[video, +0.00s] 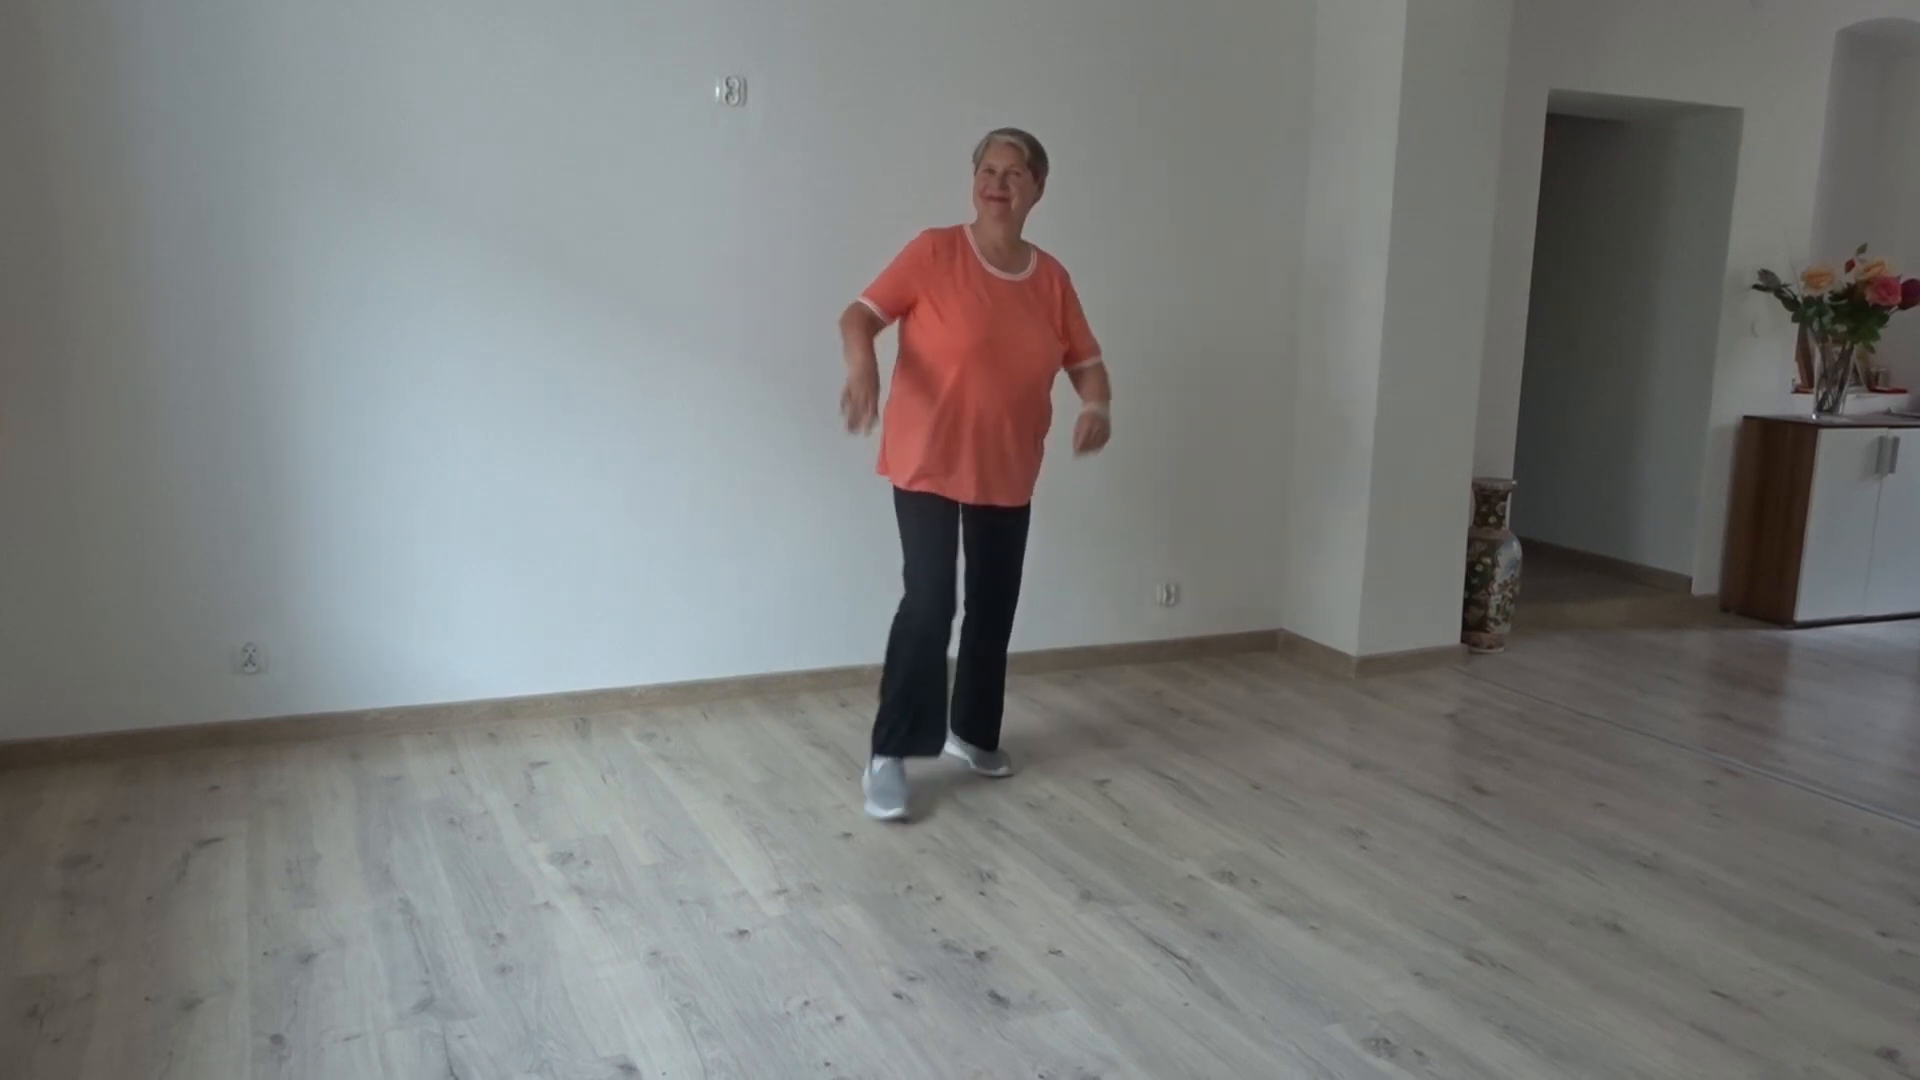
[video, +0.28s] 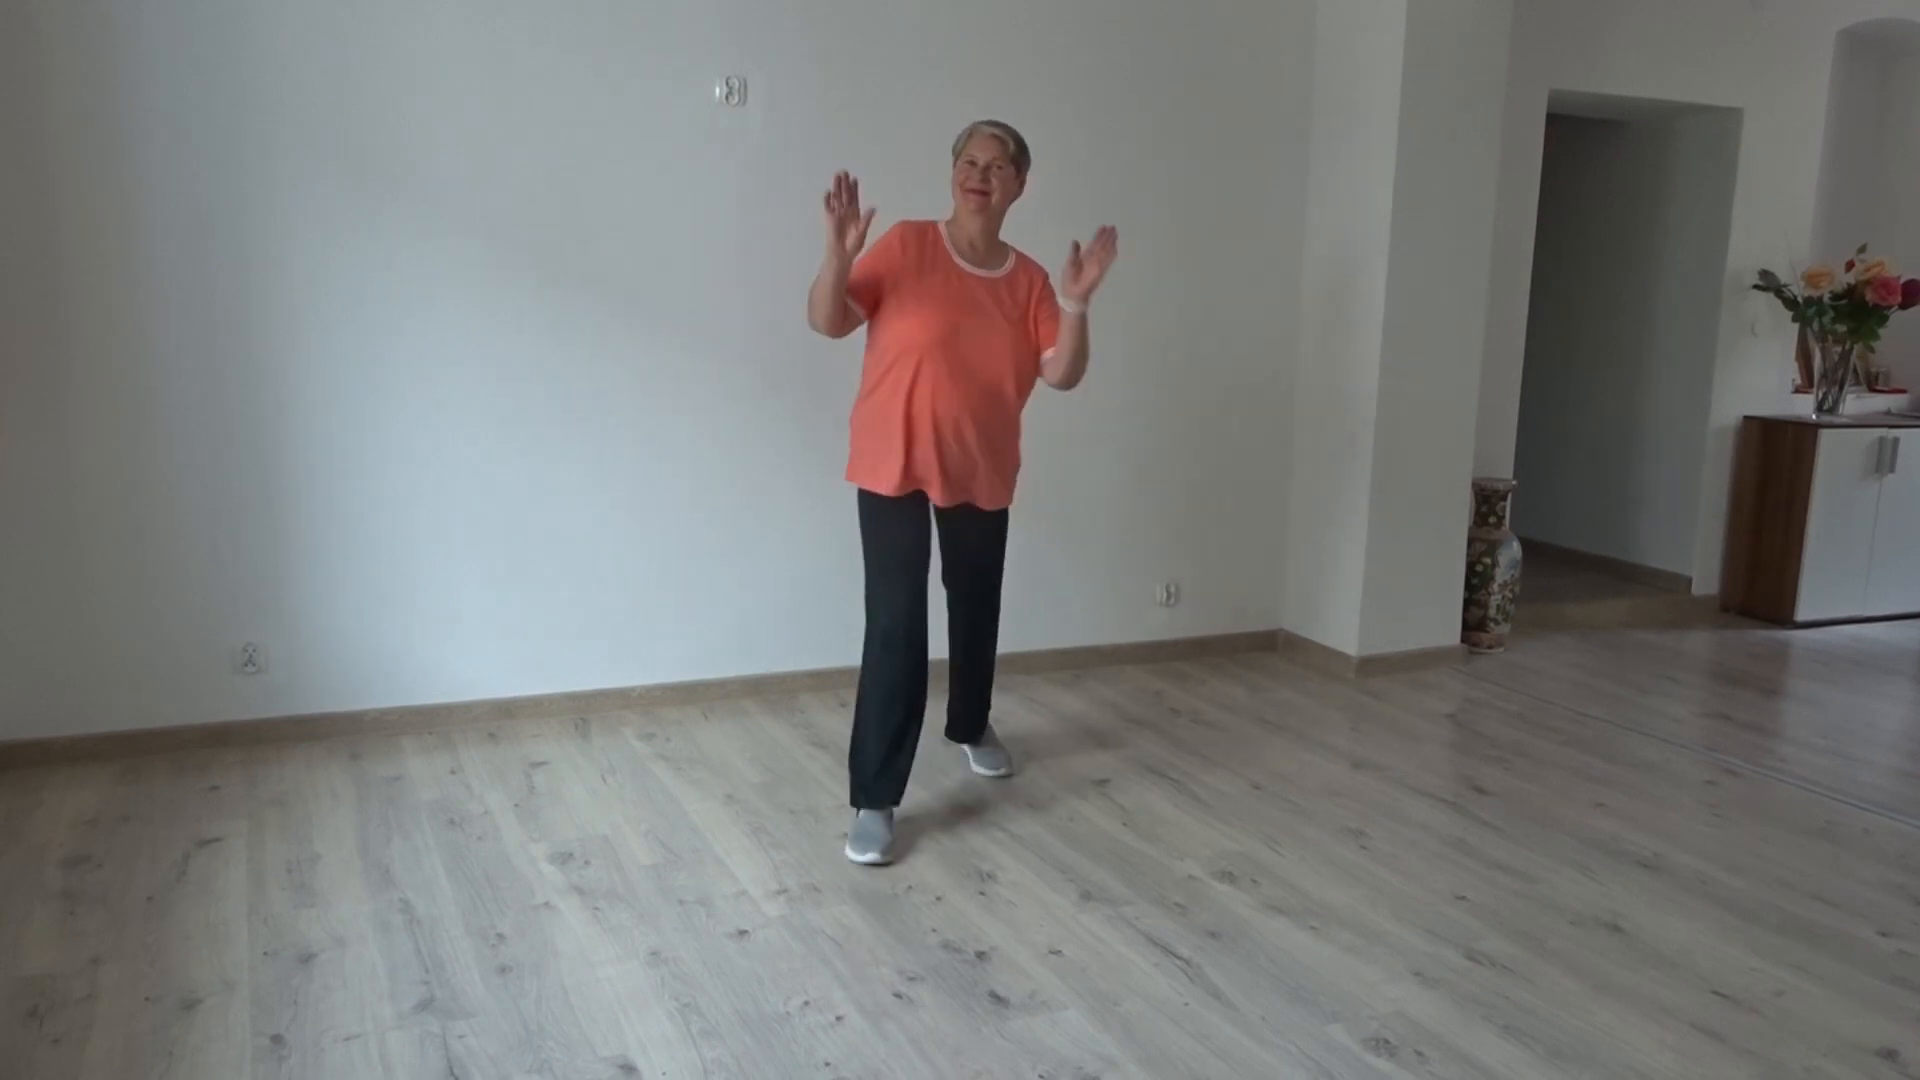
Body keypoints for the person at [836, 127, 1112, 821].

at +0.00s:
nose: (1000, 183)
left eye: (1015, 174)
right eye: (989, 172)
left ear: (1038, 189)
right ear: (972, 183)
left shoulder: (1051, 278)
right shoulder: (933, 252)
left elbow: (1085, 361)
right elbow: (860, 316)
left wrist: (1097, 405)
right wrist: (861, 367)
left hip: (1006, 470)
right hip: (926, 460)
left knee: (992, 611)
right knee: (931, 602)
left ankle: (972, 732)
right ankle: (890, 755)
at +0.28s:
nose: (979, 175)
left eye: (996, 167)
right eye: (969, 163)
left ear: (1019, 186)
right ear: (951, 176)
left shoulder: (1028, 279)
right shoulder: (906, 243)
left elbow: (1062, 375)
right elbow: (830, 321)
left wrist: (1077, 304)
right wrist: (839, 247)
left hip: (980, 467)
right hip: (892, 458)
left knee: (976, 611)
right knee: (893, 624)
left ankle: (971, 729)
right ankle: (874, 800)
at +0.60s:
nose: (955, 159)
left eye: (973, 151)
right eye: (945, 146)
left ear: (993, 171)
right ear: (922, 156)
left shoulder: (1003, 261)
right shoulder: (874, 235)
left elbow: (1012, 364)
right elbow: (810, 328)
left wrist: (957, 307)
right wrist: (872, 290)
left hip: (955, 481)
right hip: (867, 472)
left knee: (942, 638)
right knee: (877, 639)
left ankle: (939, 766)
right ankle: (869, 804)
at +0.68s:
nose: (951, 169)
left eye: (967, 161)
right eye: (940, 155)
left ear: (983, 181)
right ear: (914, 165)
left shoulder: (1000, 268)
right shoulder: (867, 251)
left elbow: (1015, 373)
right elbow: (809, 349)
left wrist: (924, 350)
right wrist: (871, 335)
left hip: (954, 500)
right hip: (865, 494)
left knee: (930, 654)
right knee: (874, 650)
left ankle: (925, 804)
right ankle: (870, 808)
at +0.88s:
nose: (948, 169)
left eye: (961, 160)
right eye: (932, 157)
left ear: (975, 179)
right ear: (900, 173)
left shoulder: (1005, 270)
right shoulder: (864, 269)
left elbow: (1053, 377)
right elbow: (805, 362)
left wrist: (985, 427)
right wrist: (815, 409)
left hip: (978, 498)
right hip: (880, 498)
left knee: (996, 652)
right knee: (880, 660)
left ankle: (967, 784)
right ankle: (871, 817)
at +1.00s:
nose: (956, 154)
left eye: (970, 144)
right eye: (940, 143)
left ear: (986, 163)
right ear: (910, 162)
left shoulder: (1023, 255)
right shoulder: (877, 259)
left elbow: (1090, 356)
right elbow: (817, 346)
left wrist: (1062, 371)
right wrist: (820, 364)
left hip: (1005, 482)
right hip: (902, 485)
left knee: (1050, 644)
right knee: (894, 653)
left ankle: (1064, 806)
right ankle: (871, 818)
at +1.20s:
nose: (1005, 167)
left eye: (1016, 155)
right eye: (989, 156)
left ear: (1035, 172)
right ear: (957, 175)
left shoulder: (1082, 260)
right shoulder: (934, 273)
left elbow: (1135, 373)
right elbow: (894, 386)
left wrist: (1115, 303)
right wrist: (916, 305)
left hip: (1063, 489)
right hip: (960, 490)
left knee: (1118, 662)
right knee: (929, 657)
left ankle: (1184, 835)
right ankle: (878, 819)